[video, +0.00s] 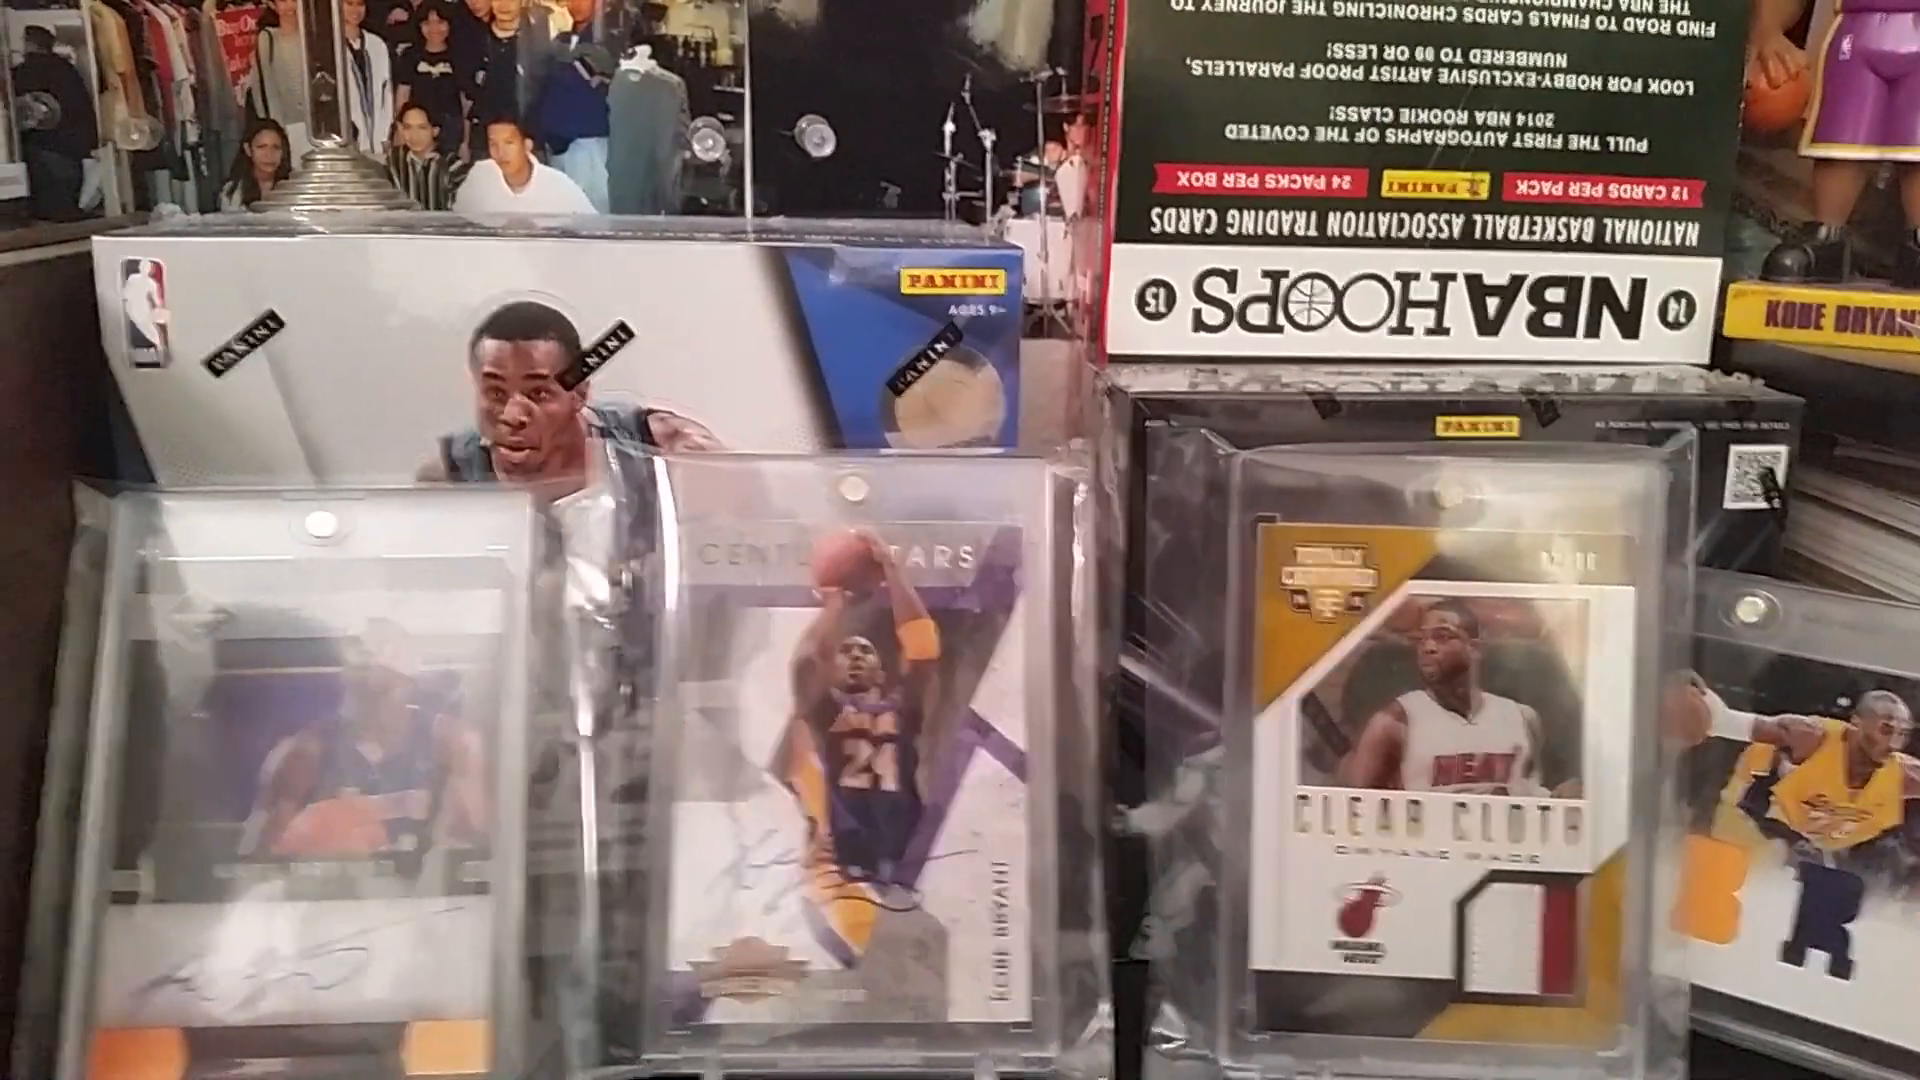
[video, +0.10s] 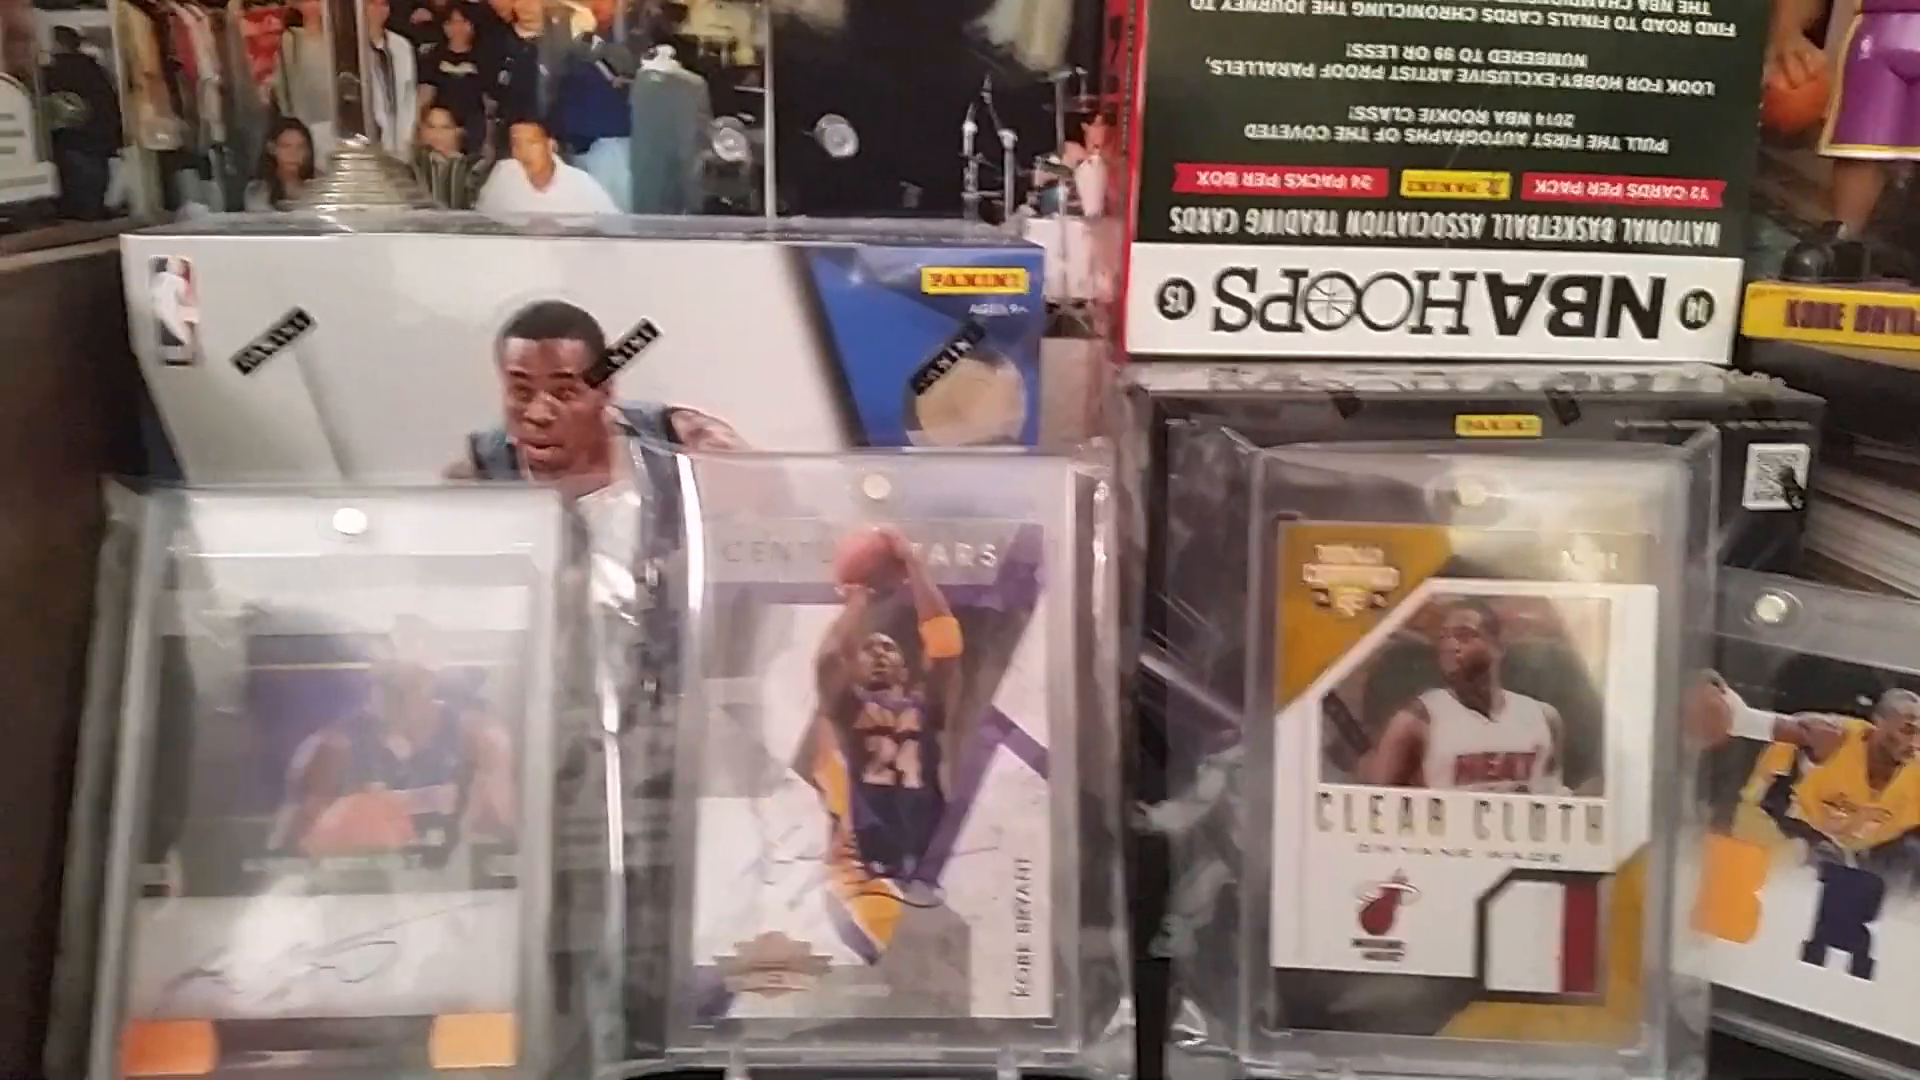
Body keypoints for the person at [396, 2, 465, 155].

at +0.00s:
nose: (434, 28)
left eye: (440, 22)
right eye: (428, 23)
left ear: (449, 27)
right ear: (421, 28)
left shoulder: (458, 56)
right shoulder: (410, 56)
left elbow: (466, 99)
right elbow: (403, 93)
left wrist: (465, 141)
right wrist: (400, 130)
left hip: (450, 127)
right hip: (418, 129)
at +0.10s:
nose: (446, 27)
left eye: (453, 22)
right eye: (447, 22)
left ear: (469, 26)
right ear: (445, 25)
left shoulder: (483, 58)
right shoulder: (435, 56)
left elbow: (490, 100)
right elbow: (425, 93)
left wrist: (489, 141)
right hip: (439, 128)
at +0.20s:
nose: (484, 29)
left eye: (486, 23)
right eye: (479, 24)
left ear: (494, 28)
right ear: (469, 29)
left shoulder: (504, 57)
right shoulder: (456, 57)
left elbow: (512, 101)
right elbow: (449, 93)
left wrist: (511, 141)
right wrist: (446, 129)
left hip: (495, 125)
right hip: (464, 125)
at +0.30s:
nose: (507, 29)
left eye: (507, 25)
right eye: (501, 25)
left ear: (511, 28)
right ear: (486, 31)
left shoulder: (520, 59)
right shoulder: (474, 58)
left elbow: (528, 100)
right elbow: (467, 94)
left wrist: (528, 144)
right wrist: (462, 127)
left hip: (513, 128)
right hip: (481, 128)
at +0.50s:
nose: (500, 33)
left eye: (506, 27)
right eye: (494, 28)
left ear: (514, 31)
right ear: (488, 33)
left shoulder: (525, 62)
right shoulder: (477, 60)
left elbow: (532, 103)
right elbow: (470, 98)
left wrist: (531, 144)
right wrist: (467, 133)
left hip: (516, 129)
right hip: (484, 130)